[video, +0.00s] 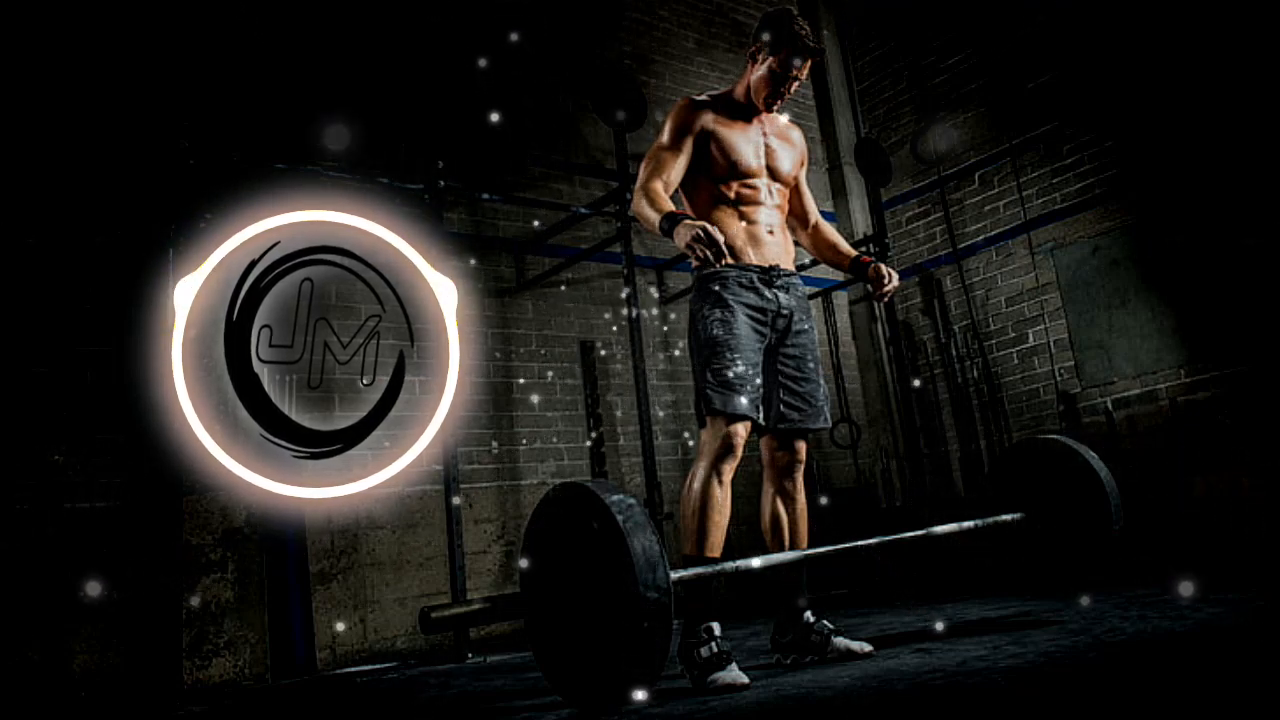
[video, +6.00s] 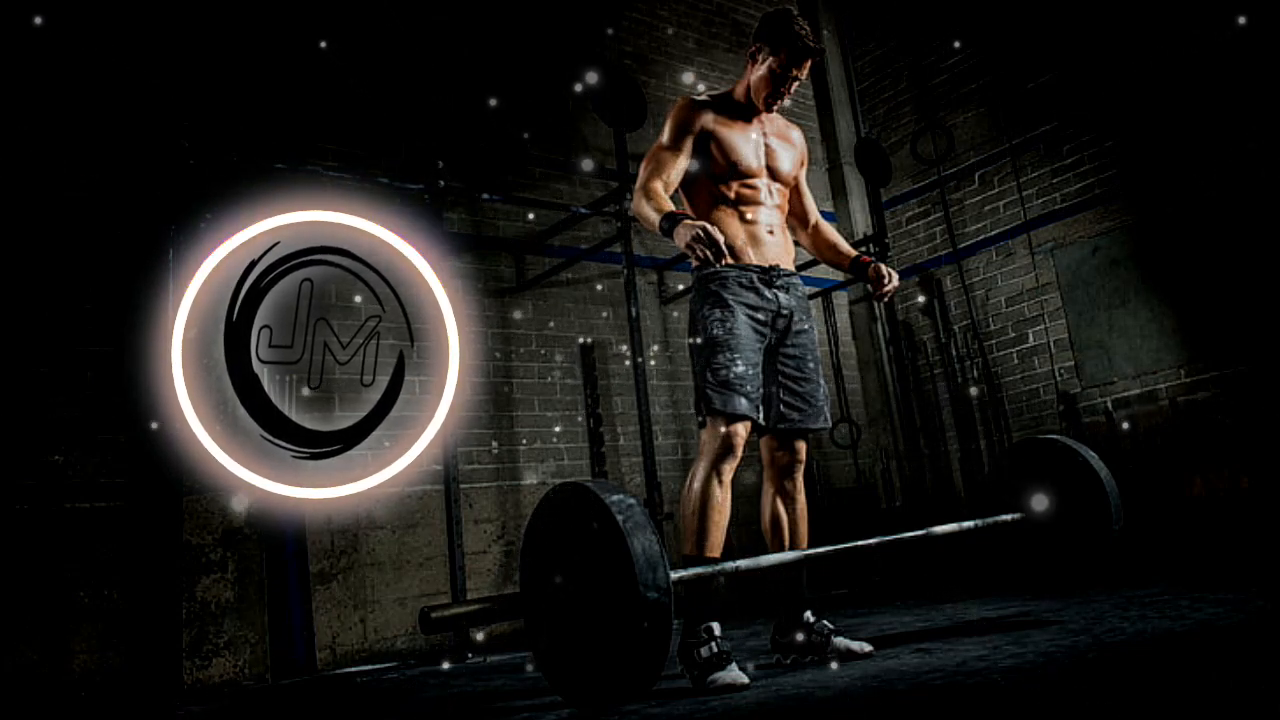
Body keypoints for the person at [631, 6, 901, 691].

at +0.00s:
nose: (787, 93)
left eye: (798, 83)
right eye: (783, 76)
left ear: (802, 77)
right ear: (756, 57)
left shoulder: (792, 135)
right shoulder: (698, 115)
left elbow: (808, 224)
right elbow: (645, 198)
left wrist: (860, 265)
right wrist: (676, 226)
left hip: (790, 296)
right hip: (730, 292)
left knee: (790, 454)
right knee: (729, 437)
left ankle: (797, 624)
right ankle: (698, 634)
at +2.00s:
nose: (788, 93)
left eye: (798, 82)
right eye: (785, 77)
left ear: (801, 77)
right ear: (756, 59)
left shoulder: (792, 137)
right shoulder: (697, 115)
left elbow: (809, 224)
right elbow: (645, 199)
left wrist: (861, 265)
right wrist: (676, 225)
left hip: (790, 296)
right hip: (730, 292)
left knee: (790, 454)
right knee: (729, 438)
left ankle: (798, 626)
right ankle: (699, 634)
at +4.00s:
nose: (789, 89)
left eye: (799, 79)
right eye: (787, 73)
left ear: (800, 76)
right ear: (756, 57)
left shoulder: (792, 137)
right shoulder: (697, 116)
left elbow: (808, 224)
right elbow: (646, 198)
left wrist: (860, 264)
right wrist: (676, 226)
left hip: (791, 297)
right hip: (731, 292)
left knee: (790, 455)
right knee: (729, 437)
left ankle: (797, 624)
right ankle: (699, 634)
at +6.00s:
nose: (789, 91)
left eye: (799, 81)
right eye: (786, 75)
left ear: (801, 77)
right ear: (756, 59)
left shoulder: (792, 136)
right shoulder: (699, 115)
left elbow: (809, 224)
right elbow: (644, 198)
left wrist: (860, 265)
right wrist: (675, 226)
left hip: (790, 297)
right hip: (731, 292)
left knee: (790, 455)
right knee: (729, 437)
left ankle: (798, 624)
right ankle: (699, 634)